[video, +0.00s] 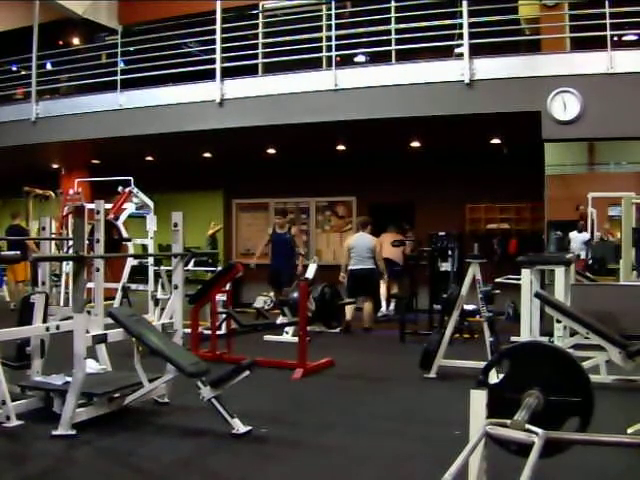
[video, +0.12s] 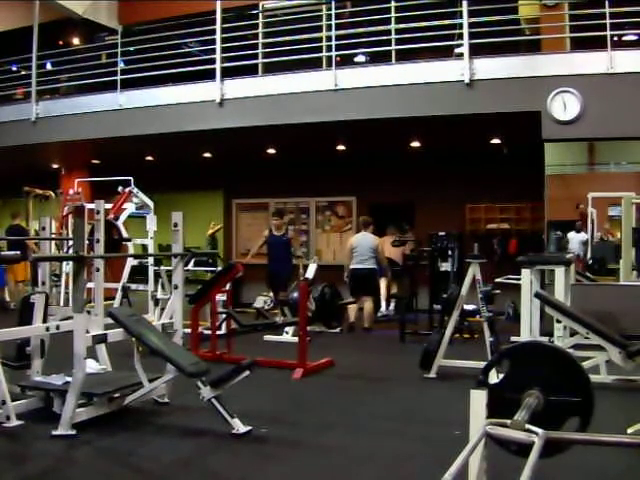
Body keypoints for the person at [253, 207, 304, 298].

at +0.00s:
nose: (277, 221)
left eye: (280, 219)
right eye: (276, 219)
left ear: (286, 219)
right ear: (274, 219)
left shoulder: (292, 231)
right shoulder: (272, 231)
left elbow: (300, 249)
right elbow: (264, 244)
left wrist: (300, 264)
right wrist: (256, 258)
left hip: (289, 266)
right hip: (275, 265)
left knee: (287, 290)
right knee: (276, 291)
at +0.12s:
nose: (275, 222)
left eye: (277, 220)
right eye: (273, 220)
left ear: (283, 220)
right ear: (271, 221)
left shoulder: (289, 233)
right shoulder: (268, 233)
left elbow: (297, 249)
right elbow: (258, 246)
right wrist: (249, 257)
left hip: (286, 266)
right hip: (272, 265)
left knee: (284, 292)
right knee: (275, 291)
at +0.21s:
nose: (273, 223)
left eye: (276, 220)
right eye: (271, 220)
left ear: (281, 221)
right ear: (269, 221)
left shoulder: (288, 234)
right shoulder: (266, 234)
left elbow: (295, 252)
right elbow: (256, 247)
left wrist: (299, 269)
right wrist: (247, 257)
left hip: (284, 267)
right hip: (270, 267)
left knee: (281, 294)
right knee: (272, 294)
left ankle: (282, 315)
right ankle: (277, 315)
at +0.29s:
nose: (271, 222)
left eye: (274, 219)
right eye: (269, 219)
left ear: (279, 221)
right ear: (267, 221)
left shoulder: (285, 234)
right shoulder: (264, 234)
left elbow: (292, 249)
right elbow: (256, 247)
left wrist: (293, 257)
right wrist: (248, 258)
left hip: (282, 265)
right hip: (268, 265)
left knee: (280, 291)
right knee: (266, 290)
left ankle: (280, 313)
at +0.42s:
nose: (266, 220)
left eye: (268, 217)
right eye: (264, 217)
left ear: (274, 218)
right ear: (262, 219)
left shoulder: (281, 231)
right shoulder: (261, 231)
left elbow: (288, 250)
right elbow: (255, 247)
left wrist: (286, 267)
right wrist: (249, 260)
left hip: (277, 266)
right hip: (264, 266)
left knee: (279, 293)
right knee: (259, 292)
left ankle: (279, 315)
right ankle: (268, 309)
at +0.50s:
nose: (262, 219)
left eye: (264, 216)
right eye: (260, 216)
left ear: (271, 217)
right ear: (258, 218)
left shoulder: (278, 230)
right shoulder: (259, 230)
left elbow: (284, 249)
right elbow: (253, 247)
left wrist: (279, 265)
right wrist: (249, 261)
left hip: (273, 265)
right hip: (261, 265)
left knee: (275, 292)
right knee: (257, 291)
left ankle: (278, 314)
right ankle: (259, 313)